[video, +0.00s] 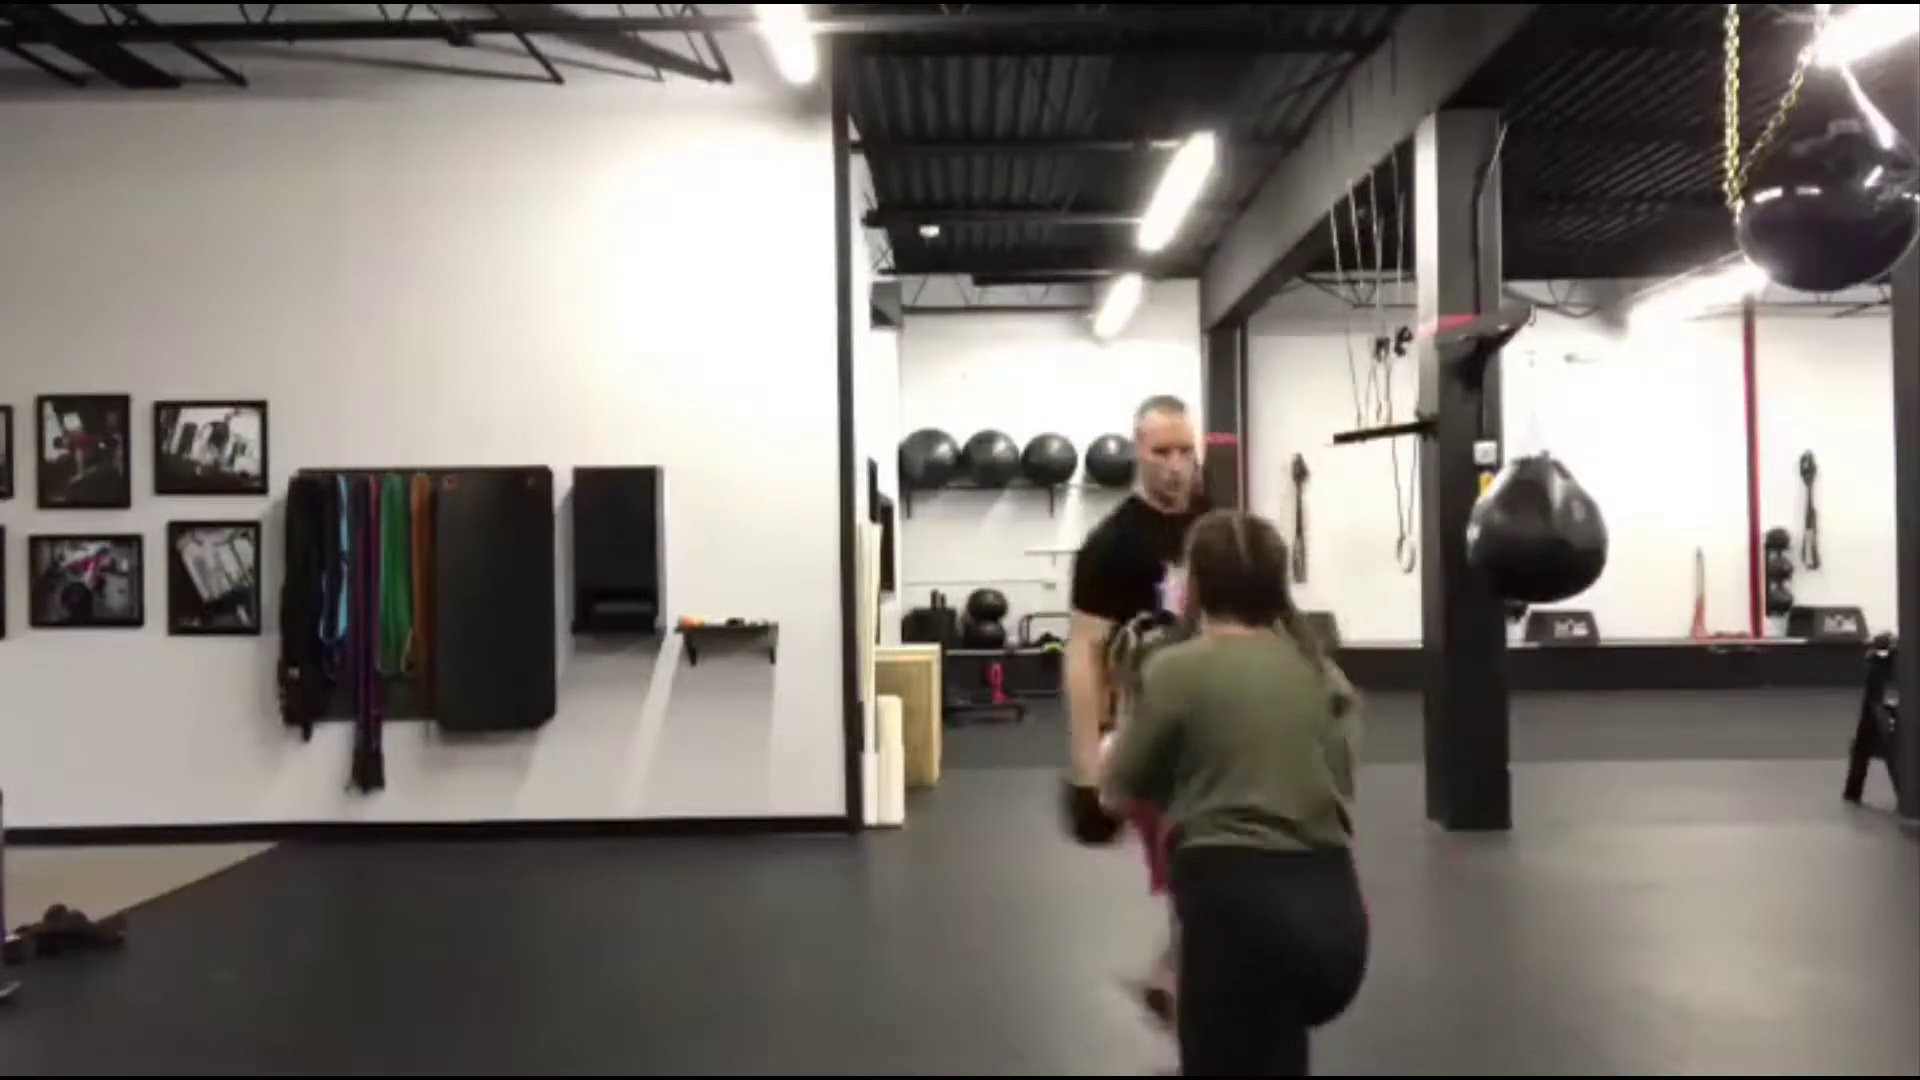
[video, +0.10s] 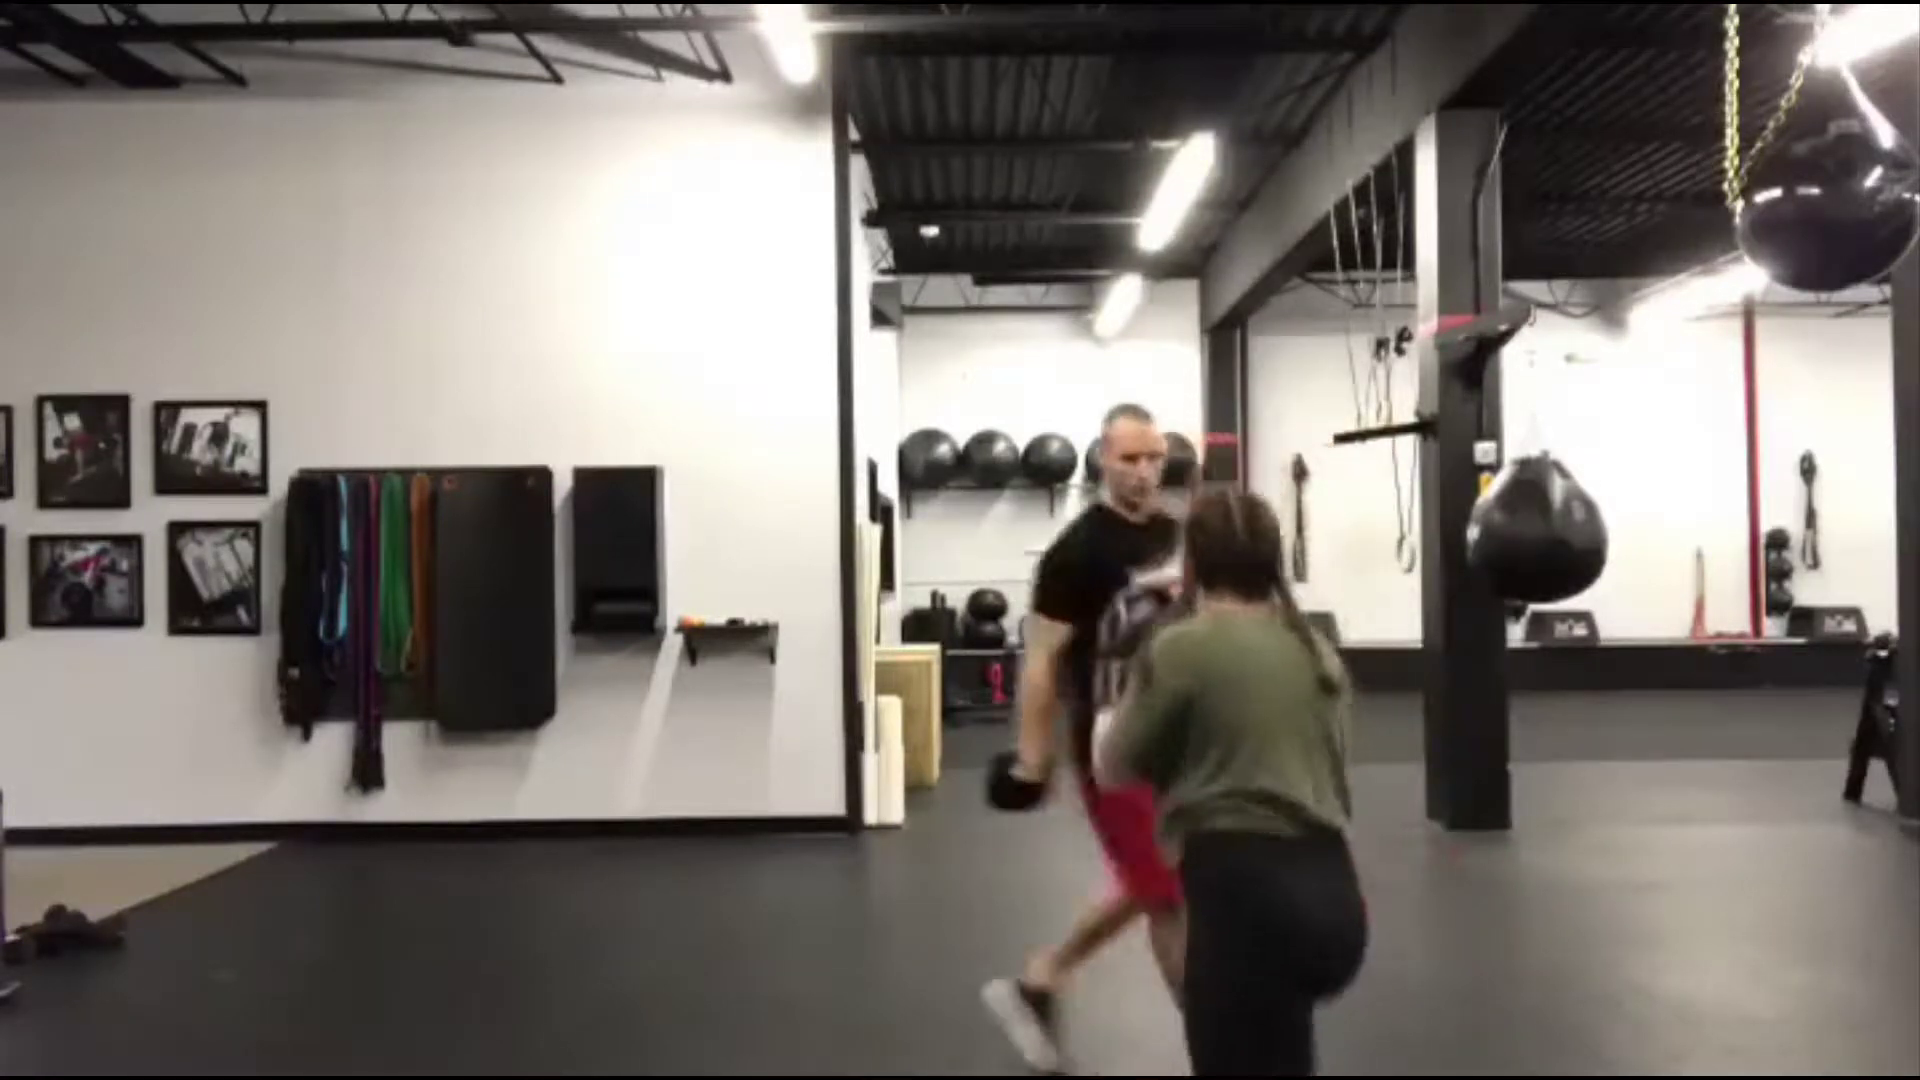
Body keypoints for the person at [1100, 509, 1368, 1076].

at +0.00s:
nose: (1176, 584)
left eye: (1183, 571)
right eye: (1182, 570)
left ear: (1195, 585)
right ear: (1276, 581)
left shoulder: (1175, 671)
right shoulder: (1320, 673)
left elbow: (1119, 786)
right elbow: (1339, 786)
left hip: (1229, 910)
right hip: (1328, 907)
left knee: (1219, 1060)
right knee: (1278, 1054)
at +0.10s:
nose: (1184, 557)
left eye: (1188, 546)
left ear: (1193, 560)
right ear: (1271, 555)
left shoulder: (1180, 648)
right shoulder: (1314, 646)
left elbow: (1118, 760)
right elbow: (1332, 759)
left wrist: (1136, 679)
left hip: (1236, 895)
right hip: (1328, 887)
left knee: (1229, 1060)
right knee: (1284, 1054)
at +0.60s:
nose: (1168, 513)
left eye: (1173, 500)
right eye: (1169, 501)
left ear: (1192, 505)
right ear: (1248, 503)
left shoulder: (1206, 589)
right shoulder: (1266, 577)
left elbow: (1148, 716)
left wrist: (1127, 678)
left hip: (1252, 818)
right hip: (1294, 804)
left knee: (1207, 972)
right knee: (1256, 971)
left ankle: (1237, 1068)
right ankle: (1261, 1063)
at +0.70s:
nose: (1176, 488)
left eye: (1182, 475)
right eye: (1179, 475)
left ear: (1206, 481)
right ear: (1258, 477)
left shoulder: (1220, 557)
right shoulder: (1282, 544)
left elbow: (1159, 680)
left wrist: (1132, 639)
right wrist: (1185, 560)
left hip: (1272, 787)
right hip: (1313, 773)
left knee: (1240, 965)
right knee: (1276, 965)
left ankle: (1260, 1062)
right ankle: (1297, 1054)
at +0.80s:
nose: (1194, 511)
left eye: (1200, 495)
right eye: (1196, 496)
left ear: (1228, 501)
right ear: (1272, 496)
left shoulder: (1241, 572)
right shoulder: (1304, 564)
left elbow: (1172, 694)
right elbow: (1256, 671)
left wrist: (1141, 634)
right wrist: (1192, 597)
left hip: (1293, 809)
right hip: (1334, 798)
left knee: (1240, 964)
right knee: (1296, 972)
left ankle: (1279, 1066)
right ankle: (1309, 1060)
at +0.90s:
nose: (1206, 554)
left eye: (1213, 539)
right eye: (1209, 539)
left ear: (1241, 548)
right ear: (1286, 544)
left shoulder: (1265, 631)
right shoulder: (1323, 619)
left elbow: (1199, 752)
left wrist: (1158, 675)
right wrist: (1214, 649)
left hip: (1313, 870)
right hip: (1346, 858)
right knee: (1226, 992)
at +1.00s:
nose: (1203, 554)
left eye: (1208, 540)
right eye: (1205, 540)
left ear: (1236, 551)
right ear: (1281, 548)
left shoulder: (1265, 636)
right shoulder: (1306, 623)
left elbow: (1213, 761)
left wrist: (1164, 681)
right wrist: (1213, 662)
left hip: (1317, 876)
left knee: (1314, 1061)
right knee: (1198, 957)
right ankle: (1243, 1069)